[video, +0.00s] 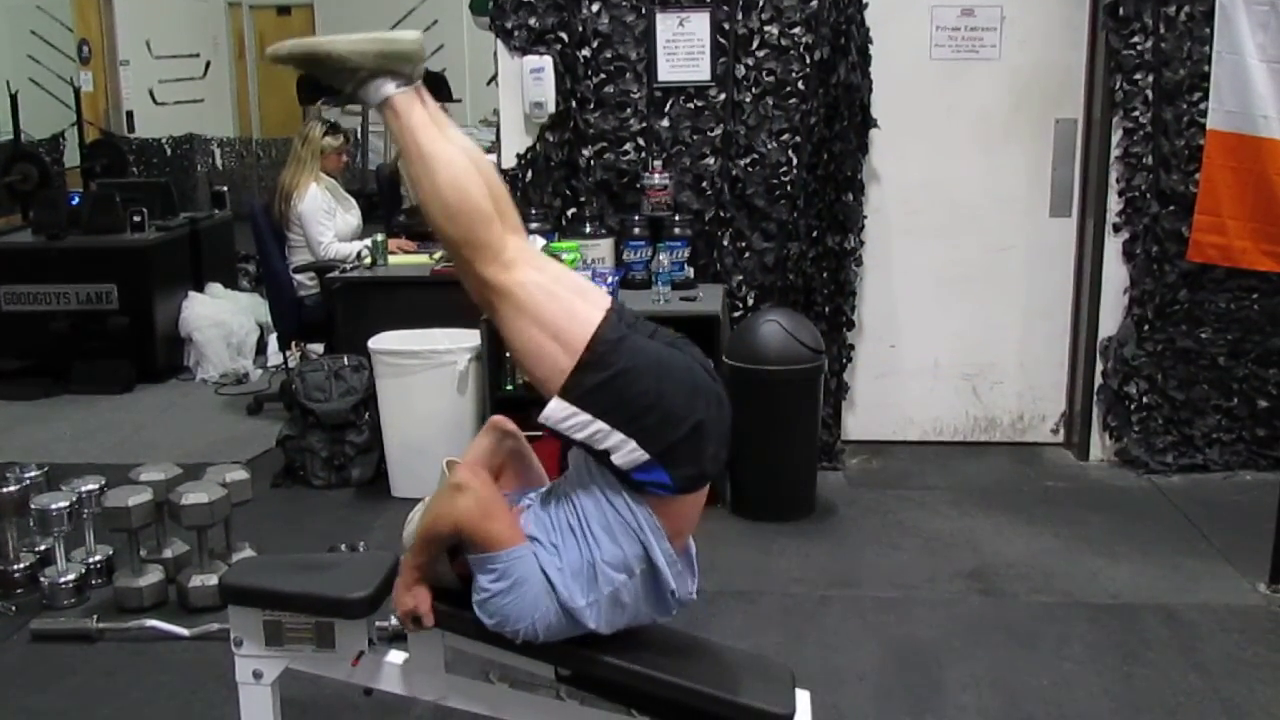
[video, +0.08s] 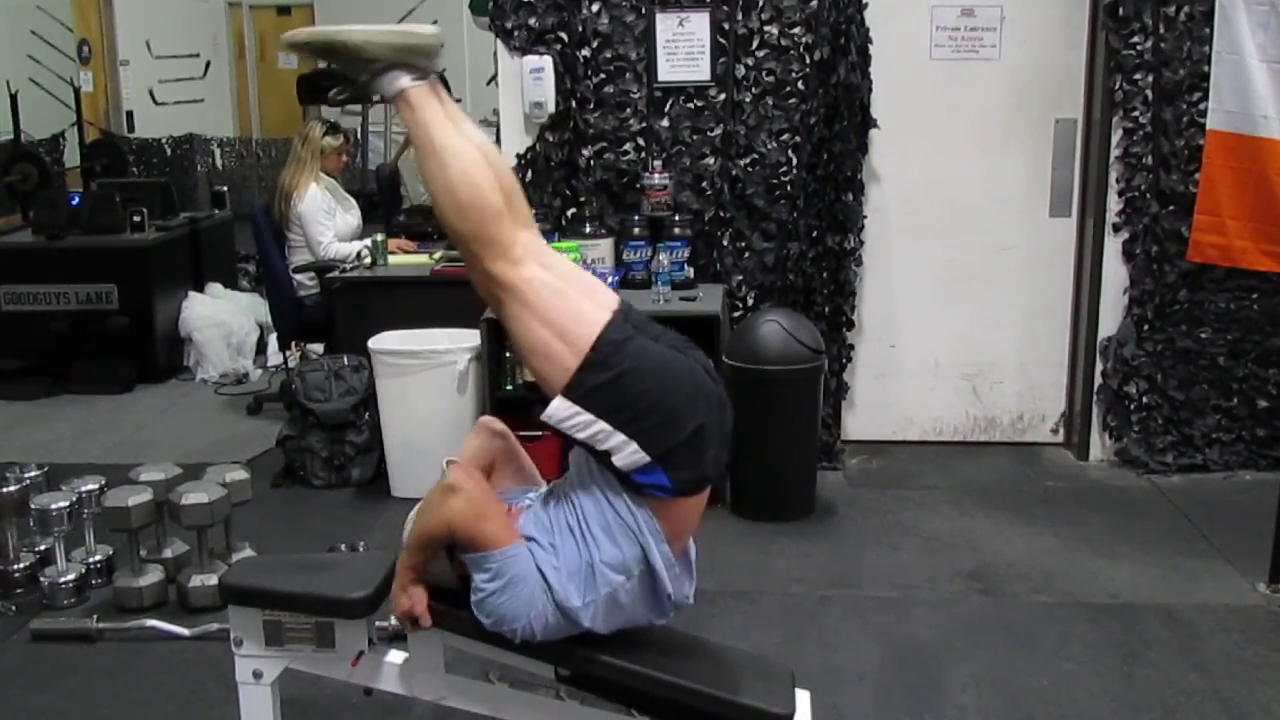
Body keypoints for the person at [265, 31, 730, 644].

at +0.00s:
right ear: (470, 573)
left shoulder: (534, 538)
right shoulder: (518, 599)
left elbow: (501, 434)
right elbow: (464, 491)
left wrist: (432, 538)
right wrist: (416, 572)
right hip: (675, 443)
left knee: (511, 261)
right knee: (500, 270)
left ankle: (410, 91)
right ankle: (392, 89)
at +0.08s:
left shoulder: (540, 526)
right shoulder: (520, 596)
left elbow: (492, 434)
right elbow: (459, 490)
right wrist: (409, 575)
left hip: (687, 415)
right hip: (676, 444)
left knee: (524, 254)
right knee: (508, 268)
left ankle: (423, 84)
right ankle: (406, 84)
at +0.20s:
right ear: (471, 567)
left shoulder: (549, 525)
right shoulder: (517, 595)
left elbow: (498, 436)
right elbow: (465, 484)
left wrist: (440, 514)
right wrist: (414, 572)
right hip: (686, 454)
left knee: (541, 260)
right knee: (530, 268)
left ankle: (450, 85)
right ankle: (438, 82)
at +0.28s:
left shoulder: (545, 532)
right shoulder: (517, 596)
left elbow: (499, 437)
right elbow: (467, 486)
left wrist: (421, 558)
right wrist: (416, 566)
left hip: (703, 445)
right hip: (695, 461)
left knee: (554, 266)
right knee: (549, 268)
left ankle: (473, 82)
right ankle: (467, 79)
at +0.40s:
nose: (471, 474)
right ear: (470, 564)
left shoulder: (547, 530)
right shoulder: (514, 588)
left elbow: (504, 436)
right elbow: (469, 481)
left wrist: (445, 506)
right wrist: (419, 562)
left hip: (715, 458)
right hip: (700, 475)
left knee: (589, 265)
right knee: (581, 268)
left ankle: (524, 76)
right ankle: (514, 73)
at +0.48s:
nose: (473, 469)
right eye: (465, 474)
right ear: (472, 562)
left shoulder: (549, 523)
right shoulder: (515, 590)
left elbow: (506, 436)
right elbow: (469, 481)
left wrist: (449, 500)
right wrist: (422, 561)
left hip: (721, 460)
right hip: (706, 478)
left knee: (612, 265)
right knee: (604, 267)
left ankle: (556, 65)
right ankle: (552, 63)